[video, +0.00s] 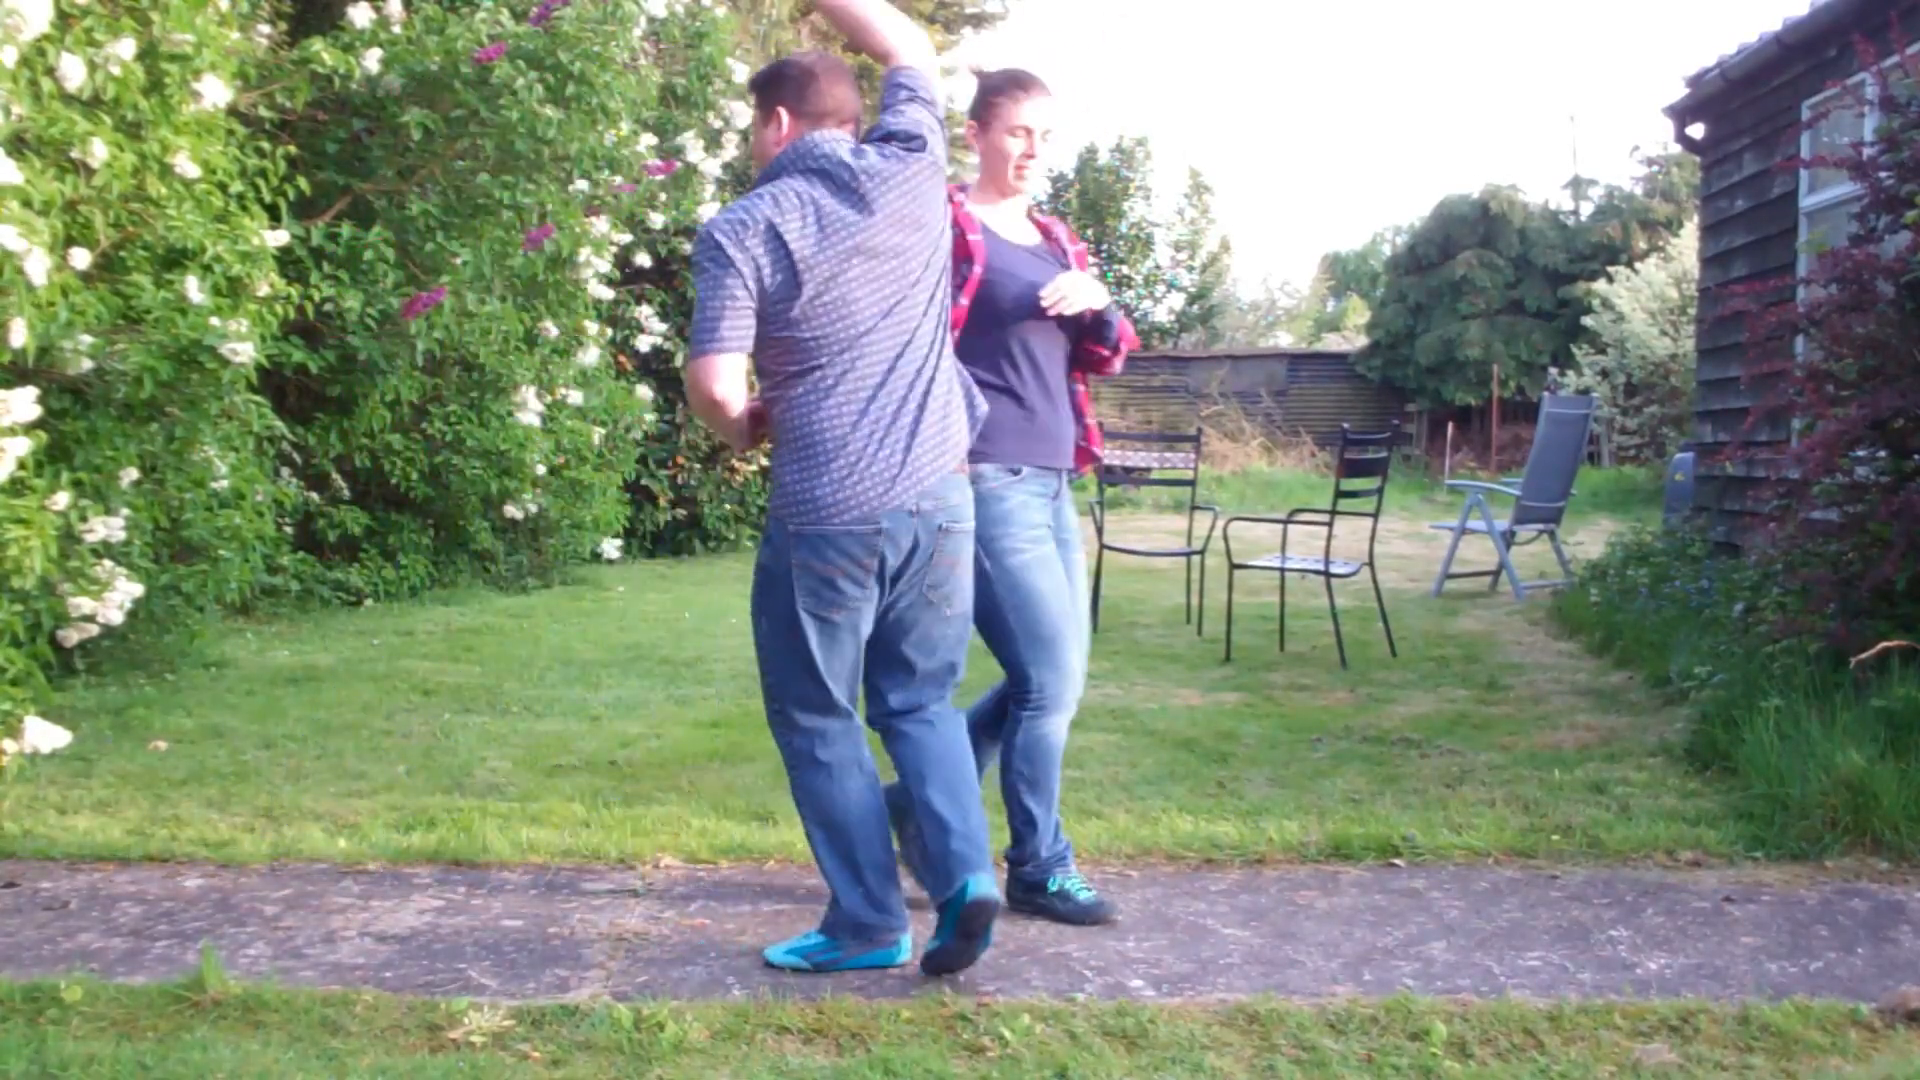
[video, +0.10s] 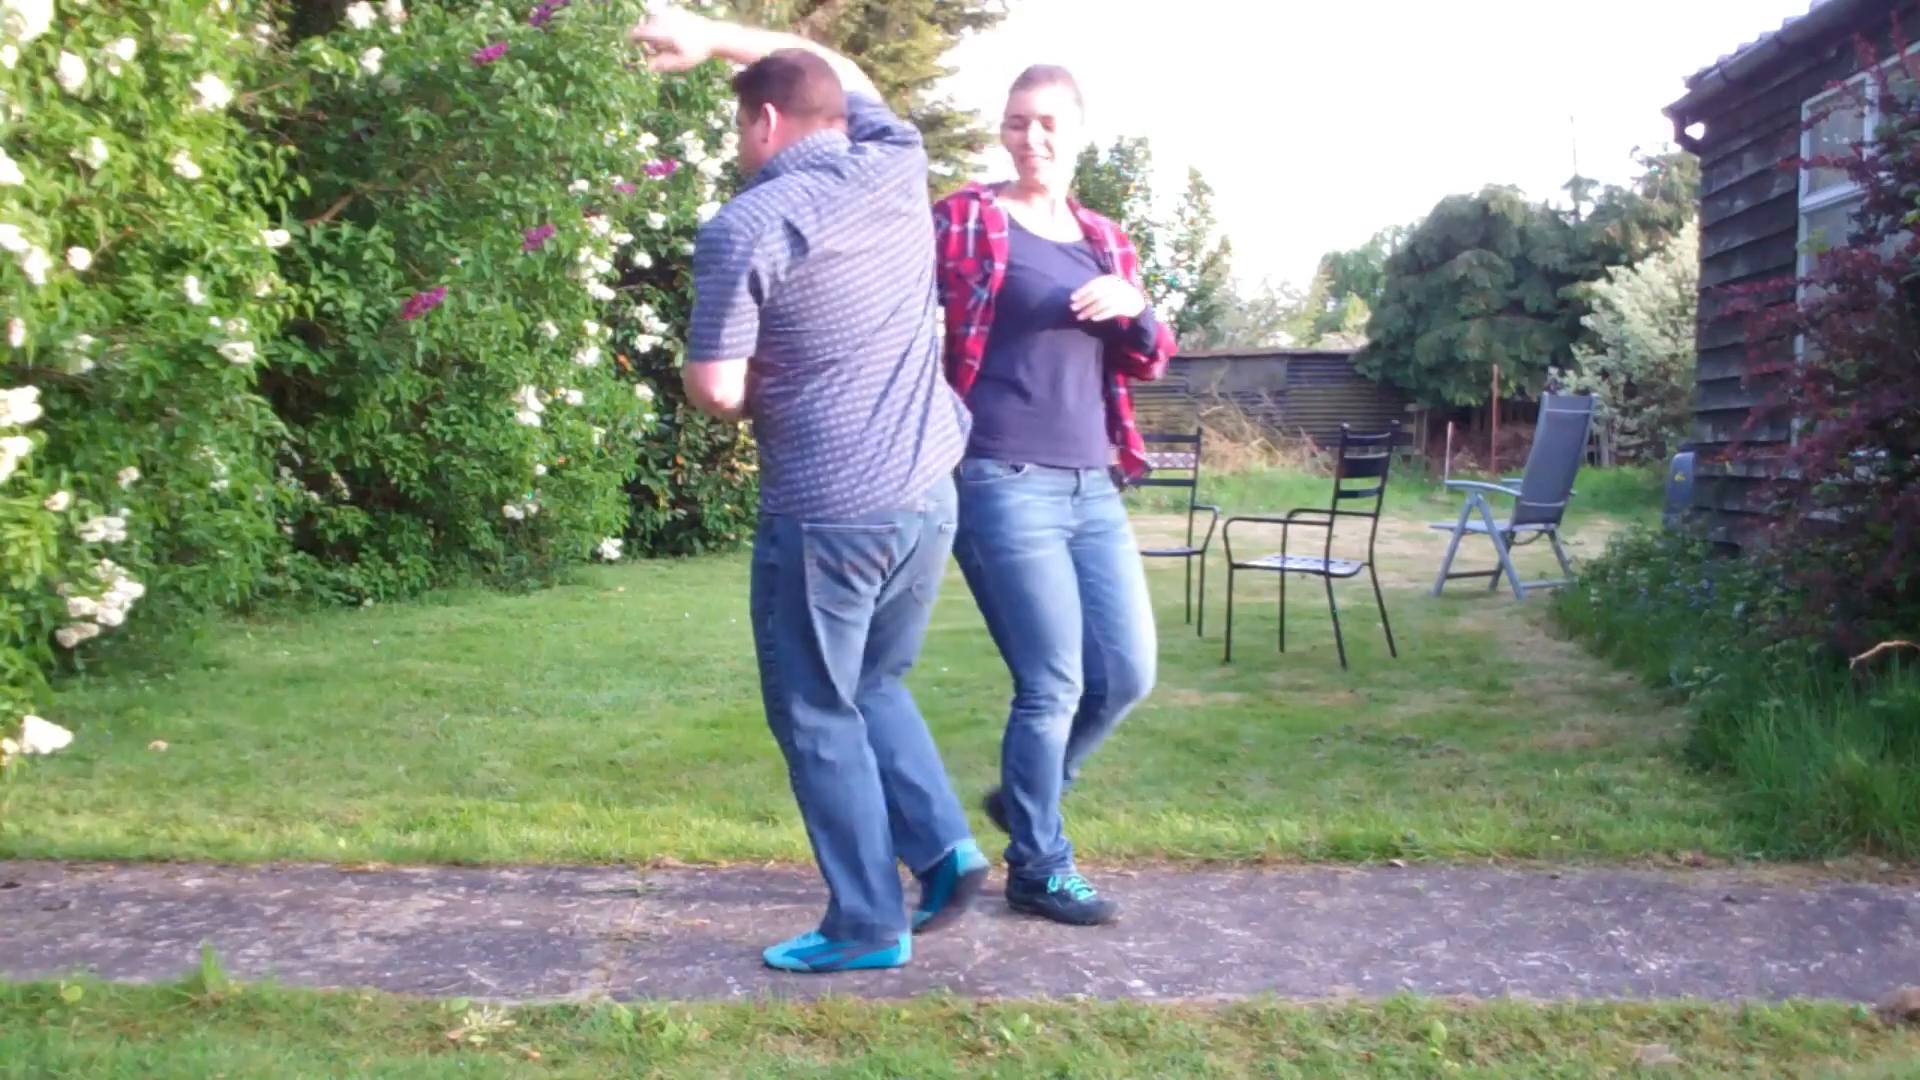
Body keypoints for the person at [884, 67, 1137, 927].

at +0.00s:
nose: (1030, 149)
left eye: (1041, 136)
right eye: (1016, 132)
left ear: (1047, 144)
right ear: (974, 134)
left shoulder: (1054, 236)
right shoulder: (946, 220)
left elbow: (1108, 356)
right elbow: (918, 323)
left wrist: (1095, 309)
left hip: (1057, 477)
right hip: (990, 473)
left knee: (1053, 678)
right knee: (1050, 674)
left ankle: (920, 797)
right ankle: (1037, 861)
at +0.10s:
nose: (1035, 137)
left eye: (1050, 123)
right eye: (1021, 122)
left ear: (1079, 133)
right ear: (1000, 130)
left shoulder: (1105, 236)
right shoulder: (964, 217)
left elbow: (1152, 359)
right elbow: (903, 317)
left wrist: (1132, 309)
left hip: (1093, 481)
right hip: (1004, 479)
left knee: (1126, 672)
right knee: (1051, 681)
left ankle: (1017, 794)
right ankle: (1038, 867)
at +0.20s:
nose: (1030, 132)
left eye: (1047, 120)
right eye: (1026, 118)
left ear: (1099, 127)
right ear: (1024, 124)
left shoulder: (1146, 231)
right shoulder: (993, 215)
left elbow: (1189, 359)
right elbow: (903, 310)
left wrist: (1159, 313)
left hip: (1129, 483)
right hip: (1022, 481)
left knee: (1157, 685)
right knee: (1055, 686)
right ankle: (1039, 868)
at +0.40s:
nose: (1071, 134)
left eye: (1087, 120)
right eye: (1068, 118)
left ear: (1140, 126)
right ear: (1070, 124)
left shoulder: (1197, 225)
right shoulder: (1041, 223)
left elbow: (1261, 346)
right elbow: (956, 309)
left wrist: (1182, 299)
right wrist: (858, 329)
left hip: (1172, 488)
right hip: (1062, 488)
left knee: (1178, 693)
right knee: (1080, 692)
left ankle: (1247, 890)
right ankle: (1040, 867)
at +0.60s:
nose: (1117, 142)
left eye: (1132, 126)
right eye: (1115, 126)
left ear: (1189, 131)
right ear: (1152, 134)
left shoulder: (1247, 226)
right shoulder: (1119, 240)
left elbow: (1278, 333)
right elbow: (1054, 339)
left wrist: (1173, 286)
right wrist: (946, 380)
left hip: (1215, 498)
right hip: (1121, 496)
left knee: (1193, 700)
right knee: (1107, 702)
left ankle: (1255, 903)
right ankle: (1108, 855)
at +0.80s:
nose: (1166, 150)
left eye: (1181, 135)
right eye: (1167, 135)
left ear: (1235, 142)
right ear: (1209, 145)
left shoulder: (1285, 237)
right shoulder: (1185, 252)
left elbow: (1274, 354)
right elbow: (1116, 354)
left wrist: (1159, 304)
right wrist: (1017, 397)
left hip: (1259, 494)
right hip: (1193, 496)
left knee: (1193, 701)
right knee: (1157, 700)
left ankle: (1253, 905)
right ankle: (1306, 815)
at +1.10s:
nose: (1226, 134)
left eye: (1240, 120)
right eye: (1228, 120)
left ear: (1291, 128)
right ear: (1278, 129)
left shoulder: (1332, 219)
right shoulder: (1265, 235)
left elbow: (1274, 334)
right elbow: (1212, 347)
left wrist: (1157, 301)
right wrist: (1122, 385)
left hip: (1322, 482)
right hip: (1306, 481)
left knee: (1252, 690)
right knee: (1330, 694)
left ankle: (1255, 903)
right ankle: (1431, 860)